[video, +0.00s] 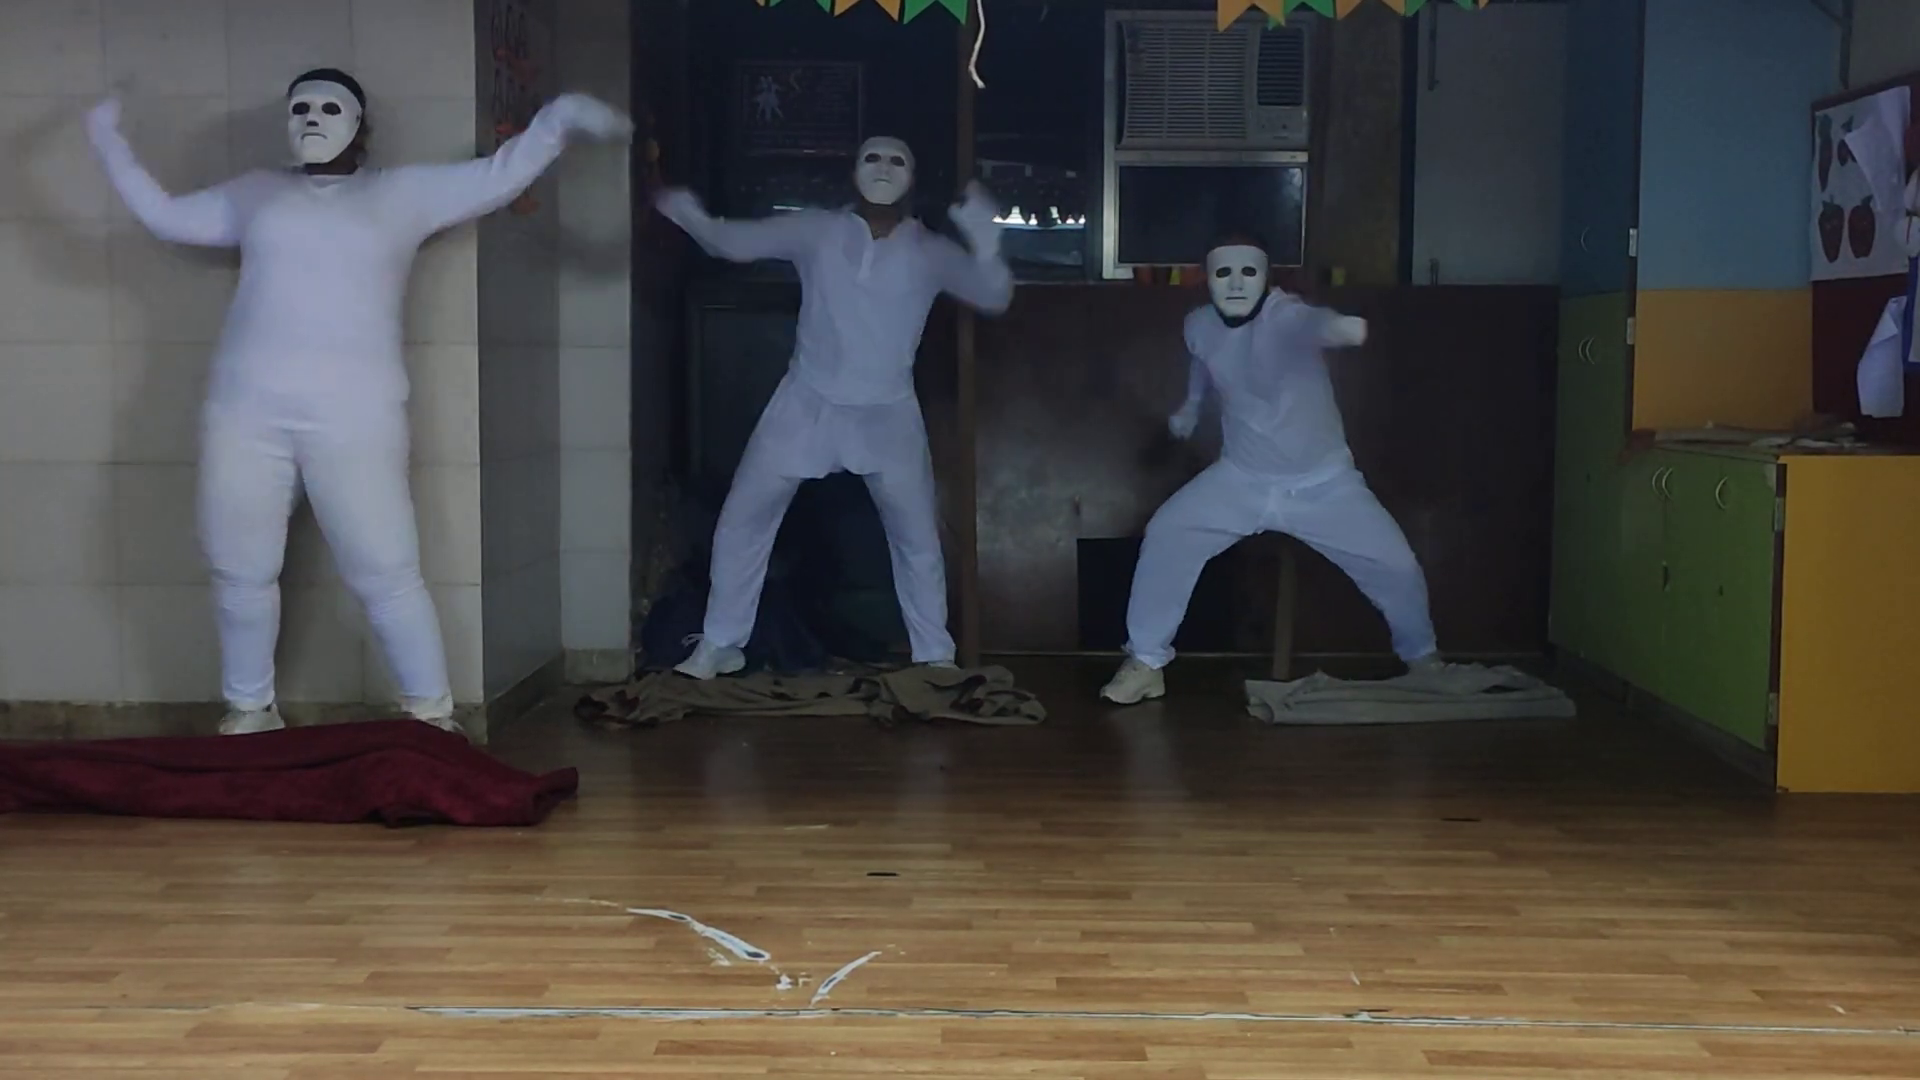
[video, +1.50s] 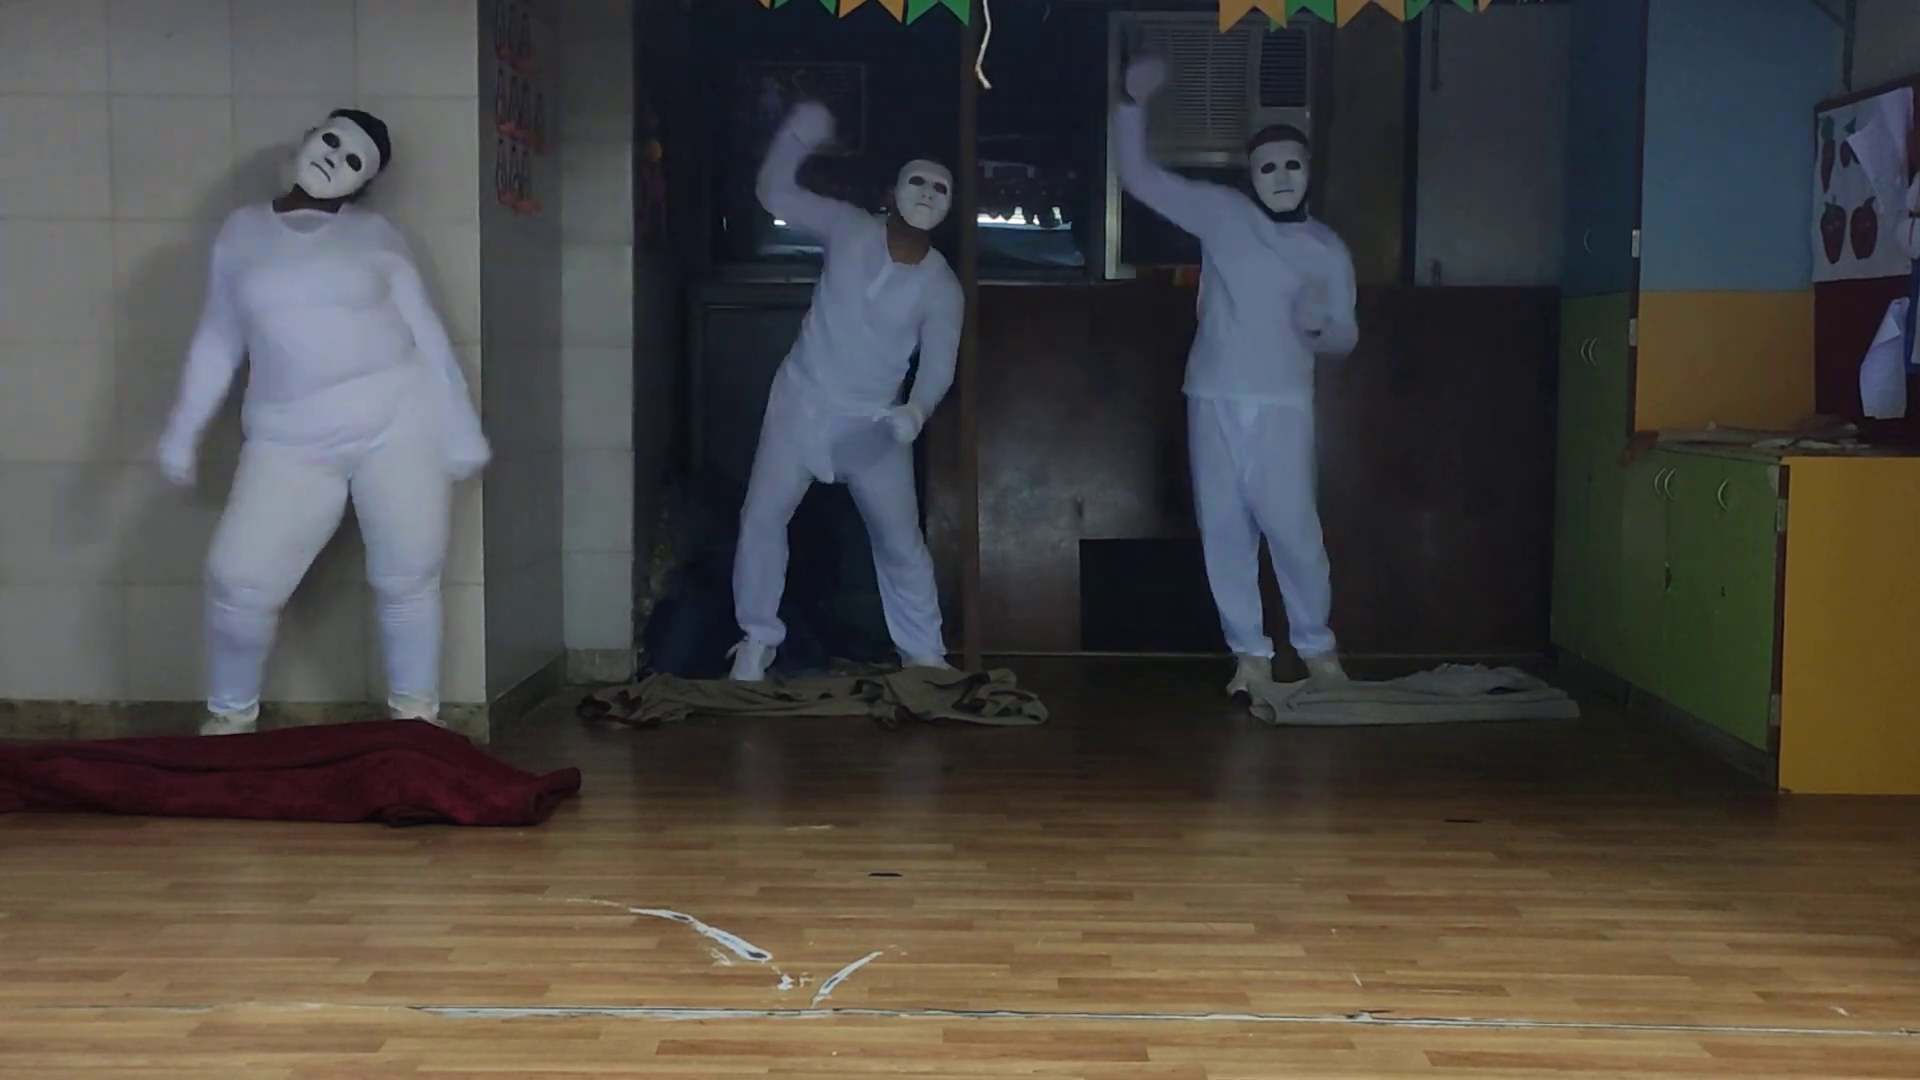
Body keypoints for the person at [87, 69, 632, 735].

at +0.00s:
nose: (311, 119)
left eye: (328, 108)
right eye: (300, 109)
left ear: (358, 125)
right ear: (287, 123)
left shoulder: (396, 195)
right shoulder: (257, 198)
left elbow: (497, 178)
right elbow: (165, 214)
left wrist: (556, 122)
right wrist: (108, 139)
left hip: (353, 414)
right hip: (249, 411)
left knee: (384, 571)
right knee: (241, 572)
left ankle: (431, 715)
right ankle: (249, 715)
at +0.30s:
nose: (307, 106)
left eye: (324, 95)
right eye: (294, 93)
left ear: (349, 109)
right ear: (277, 104)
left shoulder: (381, 193)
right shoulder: (243, 185)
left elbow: (453, 270)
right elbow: (156, 229)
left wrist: (532, 197)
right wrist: (57, 185)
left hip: (367, 401)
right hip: (257, 401)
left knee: (398, 559)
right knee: (250, 561)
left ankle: (432, 711)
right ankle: (246, 713)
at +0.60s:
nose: (330, 137)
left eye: (347, 127)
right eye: (319, 127)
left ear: (374, 143)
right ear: (304, 141)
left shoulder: (408, 228)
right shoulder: (272, 226)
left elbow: (458, 319)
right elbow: (230, 310)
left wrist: (499, 392)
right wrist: (165, 386)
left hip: (410, 421)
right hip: (302, 428)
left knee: (417, 574)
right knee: (266, 577)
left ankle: (430, 716)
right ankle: (258, 713)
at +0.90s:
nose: (279, 111)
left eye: (290, 97)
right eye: (265, 112)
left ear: (326, 101)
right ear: (261, 134)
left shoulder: (387, 172)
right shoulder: (253, 179)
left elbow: (449, 79)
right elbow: (160, 112)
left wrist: (467, 1)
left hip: (356, 400)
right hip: (248, 395)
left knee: (387, 563)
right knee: (230, 559)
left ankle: (433, 711)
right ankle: (219, 715)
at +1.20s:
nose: (275, 118)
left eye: (285, 104)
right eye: (258, 115)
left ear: (317, 111)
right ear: (245, 135)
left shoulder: (368, 188)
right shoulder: (229, 192)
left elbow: (457, 117)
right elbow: (129, 135)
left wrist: (419, 14)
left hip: (338, 413)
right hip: (231, 411)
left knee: (376, 567)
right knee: (232, 568)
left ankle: (430, 714)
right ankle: (222, 725)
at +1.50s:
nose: (333, 161)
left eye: (352, 163)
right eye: (330, 144)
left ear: (363, 183)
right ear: (304, 143)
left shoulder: (377, 239)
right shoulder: (244, 237)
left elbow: (429, 338)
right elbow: (217, 341)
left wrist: (462, 431)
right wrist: (182, 436)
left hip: (395, 428)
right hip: (290, 442)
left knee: (407, 578)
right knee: (239, 580)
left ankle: (414, 715)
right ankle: (231, 716)